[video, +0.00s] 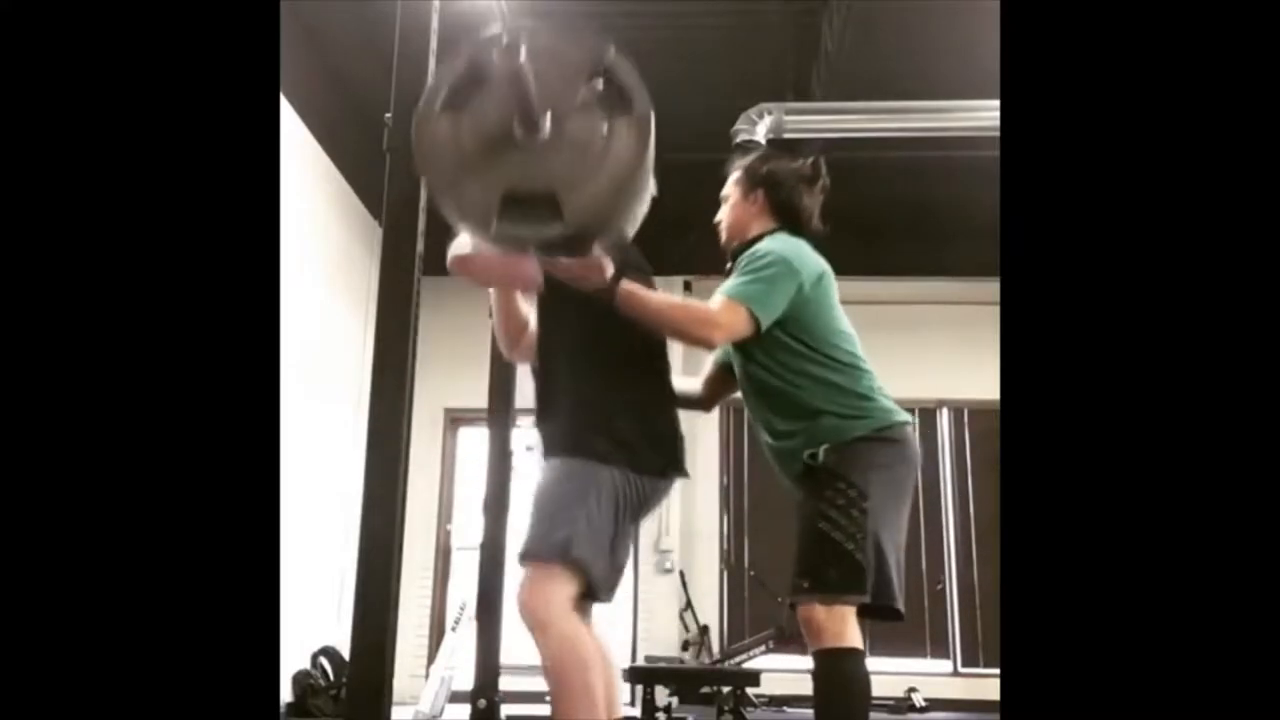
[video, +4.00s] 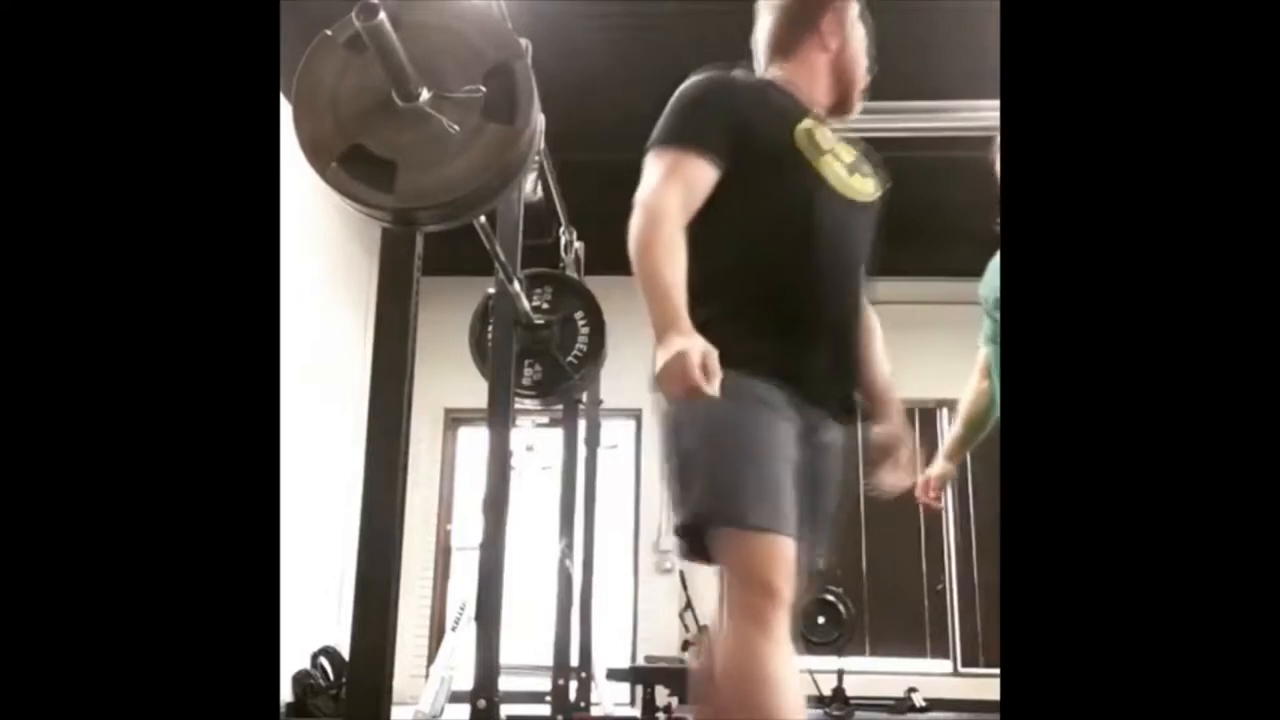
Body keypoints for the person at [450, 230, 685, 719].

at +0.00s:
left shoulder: (601, 251)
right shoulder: (570, 268)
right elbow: (518, 345)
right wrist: (502, 270)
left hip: (604, 445)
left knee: (544, 599)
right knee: (567, 610)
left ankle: (584, 713)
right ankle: (607, 713)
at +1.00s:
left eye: (490, 155)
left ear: (507, 159)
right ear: (549, 168)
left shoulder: (509, 203)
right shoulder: (533, 227)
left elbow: (386, 205)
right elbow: (460, 319)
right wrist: (432, 244)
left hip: (537, 409)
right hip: (546, 413)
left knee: (529, 573)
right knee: (556, 576)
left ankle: (572, 714)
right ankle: (595, 707)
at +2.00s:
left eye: (495, 155)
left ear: (498, 176)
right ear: (543, 170)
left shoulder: (521, 239)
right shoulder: (533, 241)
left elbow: (550, 339)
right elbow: (554, 340)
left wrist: (582, 444)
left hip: (548, 453)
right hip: (581, 444)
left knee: (552, 602)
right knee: (596, 608)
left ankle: (587, 712)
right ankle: (622, 712)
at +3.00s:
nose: (577, 178)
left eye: (585, 165)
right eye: (561, 167)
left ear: (600, 175)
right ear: (531, 183)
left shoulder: (639, 245)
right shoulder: (515, 283)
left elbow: (694, 337)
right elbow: (492, 384)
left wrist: (725, 441)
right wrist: (485, 480)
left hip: (607, 448)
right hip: (527, 457)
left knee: (600, 582)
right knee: (550, 609)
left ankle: (643, 713)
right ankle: (576, 716)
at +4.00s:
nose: (867, 52)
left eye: (865, 34)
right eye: (860, 30)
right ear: (829, 32)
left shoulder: (853, 164)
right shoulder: (724, 96)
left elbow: (849, 297)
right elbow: (656, 213)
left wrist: (886, 407)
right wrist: (672, 330)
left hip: (822, 407)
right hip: (737, 384)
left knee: (768, 605)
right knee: (760, 597)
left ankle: (706, 714)